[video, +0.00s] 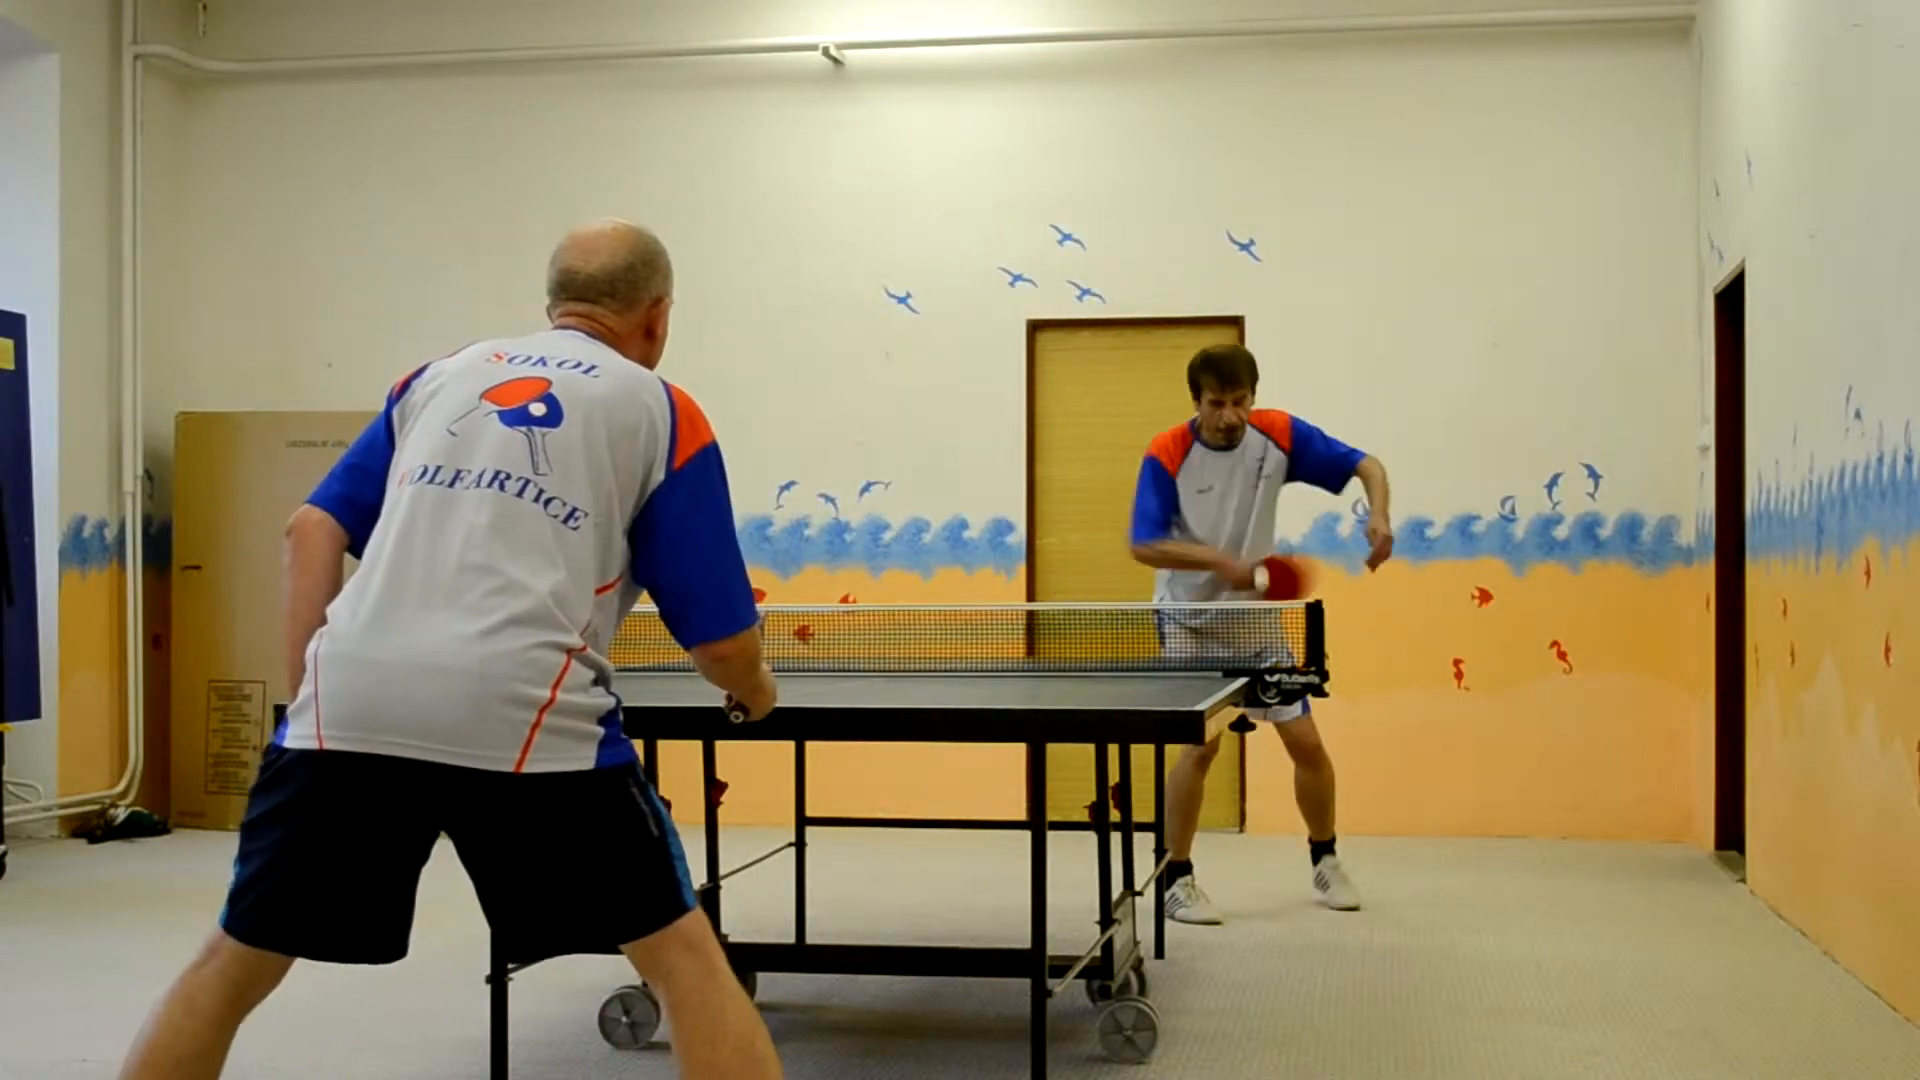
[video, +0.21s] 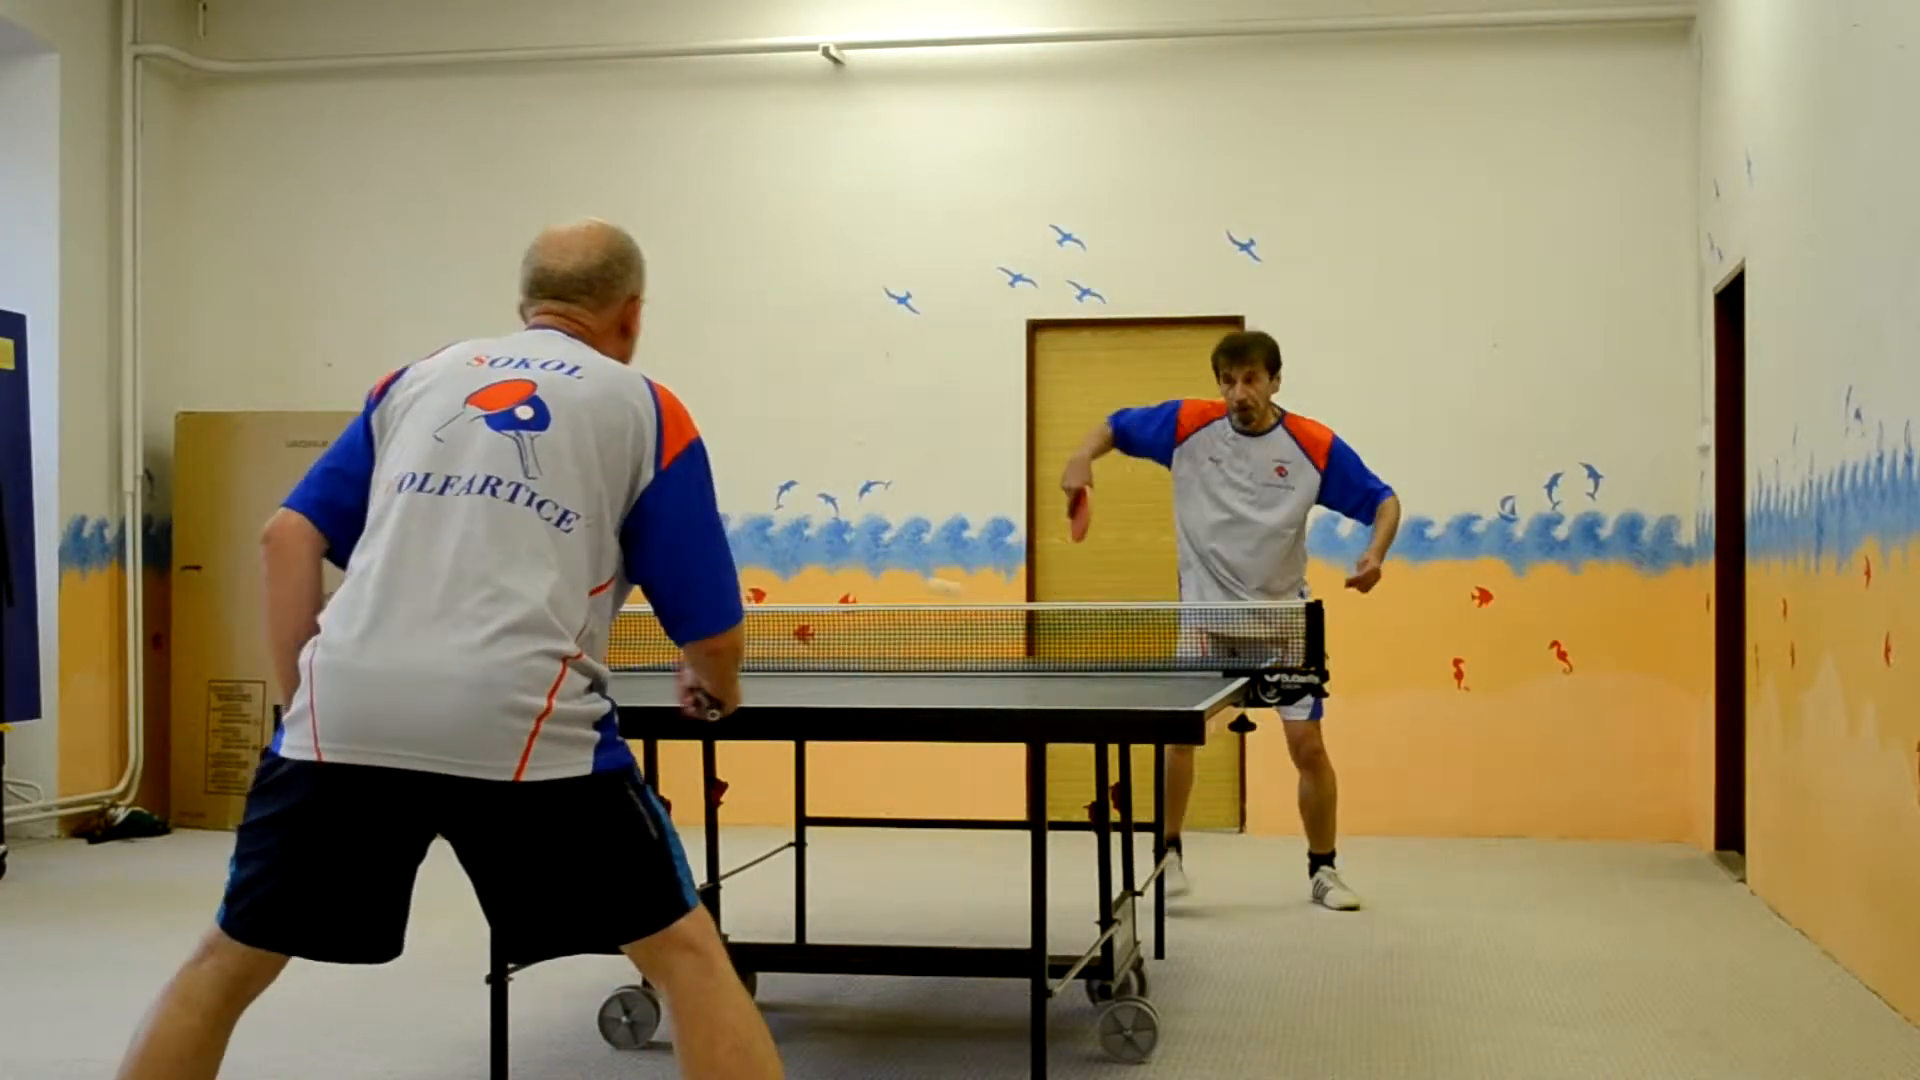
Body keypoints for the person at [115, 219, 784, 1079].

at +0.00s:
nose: (666, 334)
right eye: (666, 316)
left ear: (551, 306)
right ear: (653, 317)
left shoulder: (437, 378)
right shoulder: (663, 416)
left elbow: (314, 527)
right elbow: (722, 637)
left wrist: (306, 697)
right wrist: (755, 693)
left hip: (347, 712)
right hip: (532, 723)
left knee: (228, 967)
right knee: (685, 960)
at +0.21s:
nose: (639, 331)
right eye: (639, 316)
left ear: (525, 303)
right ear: (627, 319)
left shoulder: (415, 381)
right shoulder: (645, 411)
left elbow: (291, 534)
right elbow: (712, 636)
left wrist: (299, 703)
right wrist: (712, 683)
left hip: (344, 719)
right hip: (528, 728)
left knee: (223, 965)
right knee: (686, 957)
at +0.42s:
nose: (464, 348)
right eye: (467, 335)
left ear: (357, 337)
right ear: (462, 342)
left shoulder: (282, 424)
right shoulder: (532, 440)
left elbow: (144, 602)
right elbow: (587, 651)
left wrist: (136, 774)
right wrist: (492, 724)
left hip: (302, 772)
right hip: (490, 772)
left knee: (154, 963)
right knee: (647, 978)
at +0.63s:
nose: (259, 312)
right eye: (261, 300)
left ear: (146, 284)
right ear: (247, 294)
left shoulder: (29, 389)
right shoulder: (264, 354)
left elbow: (12, 575)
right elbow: (413, 494)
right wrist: (520, 504)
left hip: (57, 739)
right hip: (233, 722)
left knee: (44, 946)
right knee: (422, 936)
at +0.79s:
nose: (106, 246)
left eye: (99, 234)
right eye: (100, 233)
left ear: (11, 235)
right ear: (79, 233)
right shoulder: (81, 310)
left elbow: (248, 354)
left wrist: (448, 323)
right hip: (90, 721)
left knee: (248, 993)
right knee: (249, 991)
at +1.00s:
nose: (48, 303)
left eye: (48, 280)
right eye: (45, 278)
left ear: (12, 280)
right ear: (11, 279)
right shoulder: (7, 390)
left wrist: (57, 719)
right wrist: (52, 715)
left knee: (80, 982)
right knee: (109, 971)